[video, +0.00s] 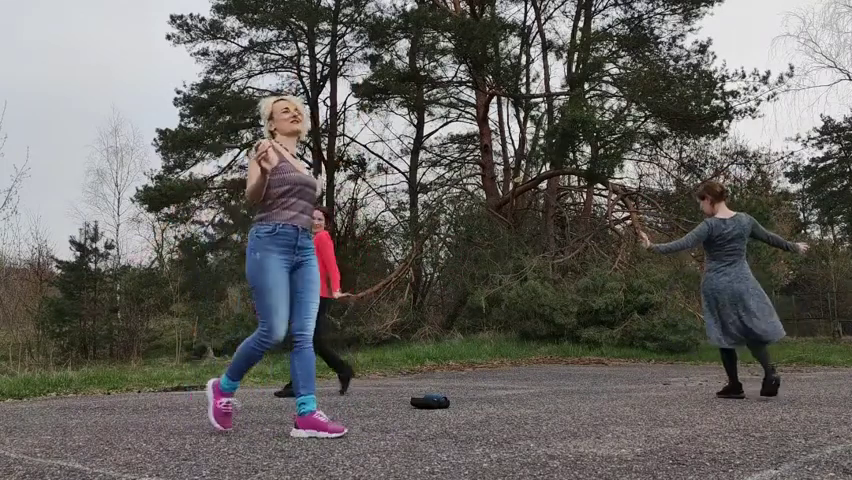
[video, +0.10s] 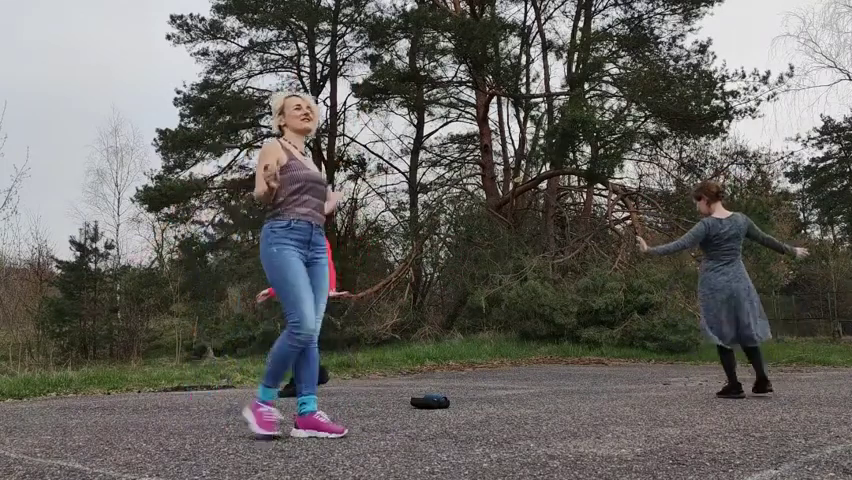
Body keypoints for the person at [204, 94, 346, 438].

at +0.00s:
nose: (293, 114)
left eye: (297, 110)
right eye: (284, 110)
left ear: (304, 120)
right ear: (270, 122)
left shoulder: (303, 161)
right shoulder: (264, 151)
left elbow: (296, 210)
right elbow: (252, 198)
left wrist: (313, 216)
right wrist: (263, 171)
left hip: (305, 247)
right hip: (269, 243)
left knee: (304, 334)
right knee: (272, 331)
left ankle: (306, 414)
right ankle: (223, 389)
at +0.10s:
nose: (304, 110)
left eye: (308, 106)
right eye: (296, 107)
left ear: (315, 118)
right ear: (282, 119)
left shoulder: (311, 163)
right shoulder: (274, 147)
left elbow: (314, 213)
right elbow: (261, 196)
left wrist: (331, 202)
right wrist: (269, 182)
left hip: (316, 242)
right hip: (282, 238)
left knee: (312, 330)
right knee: (302, 326)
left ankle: (307, 413)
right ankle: (263, 403)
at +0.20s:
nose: (317, 112)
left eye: (321, 108)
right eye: (309, 107)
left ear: (325, 117)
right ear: (292, 116)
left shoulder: (317, 159)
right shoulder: (284, 147)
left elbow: (320, 213)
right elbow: (270, 193)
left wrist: (345, 205)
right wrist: (275, 196)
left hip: (324, 239)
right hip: (294, 236)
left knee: (311, 327)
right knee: (326, 318)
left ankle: (307, 414)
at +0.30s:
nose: (331, 108)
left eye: (333, 104)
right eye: (323, 104)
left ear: (335, 115)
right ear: (305, 114)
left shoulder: (325, 161)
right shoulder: (293, 145)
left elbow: (338, 207)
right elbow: (278, 190)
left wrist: (366, 188)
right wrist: (277, 191)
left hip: (330, 239)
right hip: (303, 235)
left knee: (316, 332)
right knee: (351, 304)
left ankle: (307, 413)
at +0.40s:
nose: (342, 107)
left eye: (342, 103)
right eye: (334, 103)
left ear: (337, 114)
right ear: (315, 111)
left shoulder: (333, 159)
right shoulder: (303, 141)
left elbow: (353, 201)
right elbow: (279, 193)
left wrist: (377, 178)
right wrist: (283, 185)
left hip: (334, 237)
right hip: (311, 234)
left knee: (323, 330)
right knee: (379, 285)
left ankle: (309, 412)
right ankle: (438, 352)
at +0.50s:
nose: (352, 104)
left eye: (351, 100)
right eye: (344, 99)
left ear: (340, 109)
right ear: (325, 107)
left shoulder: (339, 157)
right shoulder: (312, 138)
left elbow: (362, 197)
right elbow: (296, 185)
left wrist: (392, 171)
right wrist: (296, 184)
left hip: (337, 233)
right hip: (321, 227)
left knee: (335, 328)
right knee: (393, 278)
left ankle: (312, 409)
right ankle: (444, 356)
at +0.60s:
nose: (359, 105)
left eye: (358, 100)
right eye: (352, 100)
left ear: (348, 109)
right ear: (333, 106)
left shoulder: (343, 152)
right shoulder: (320, 138)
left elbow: (361, 200)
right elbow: (307, 179)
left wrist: (404, 187)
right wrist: (311, 187)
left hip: (346, 233)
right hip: (336, 230)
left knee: (344, 327)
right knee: (403, 290)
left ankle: (316, 405)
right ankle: (423, 379)